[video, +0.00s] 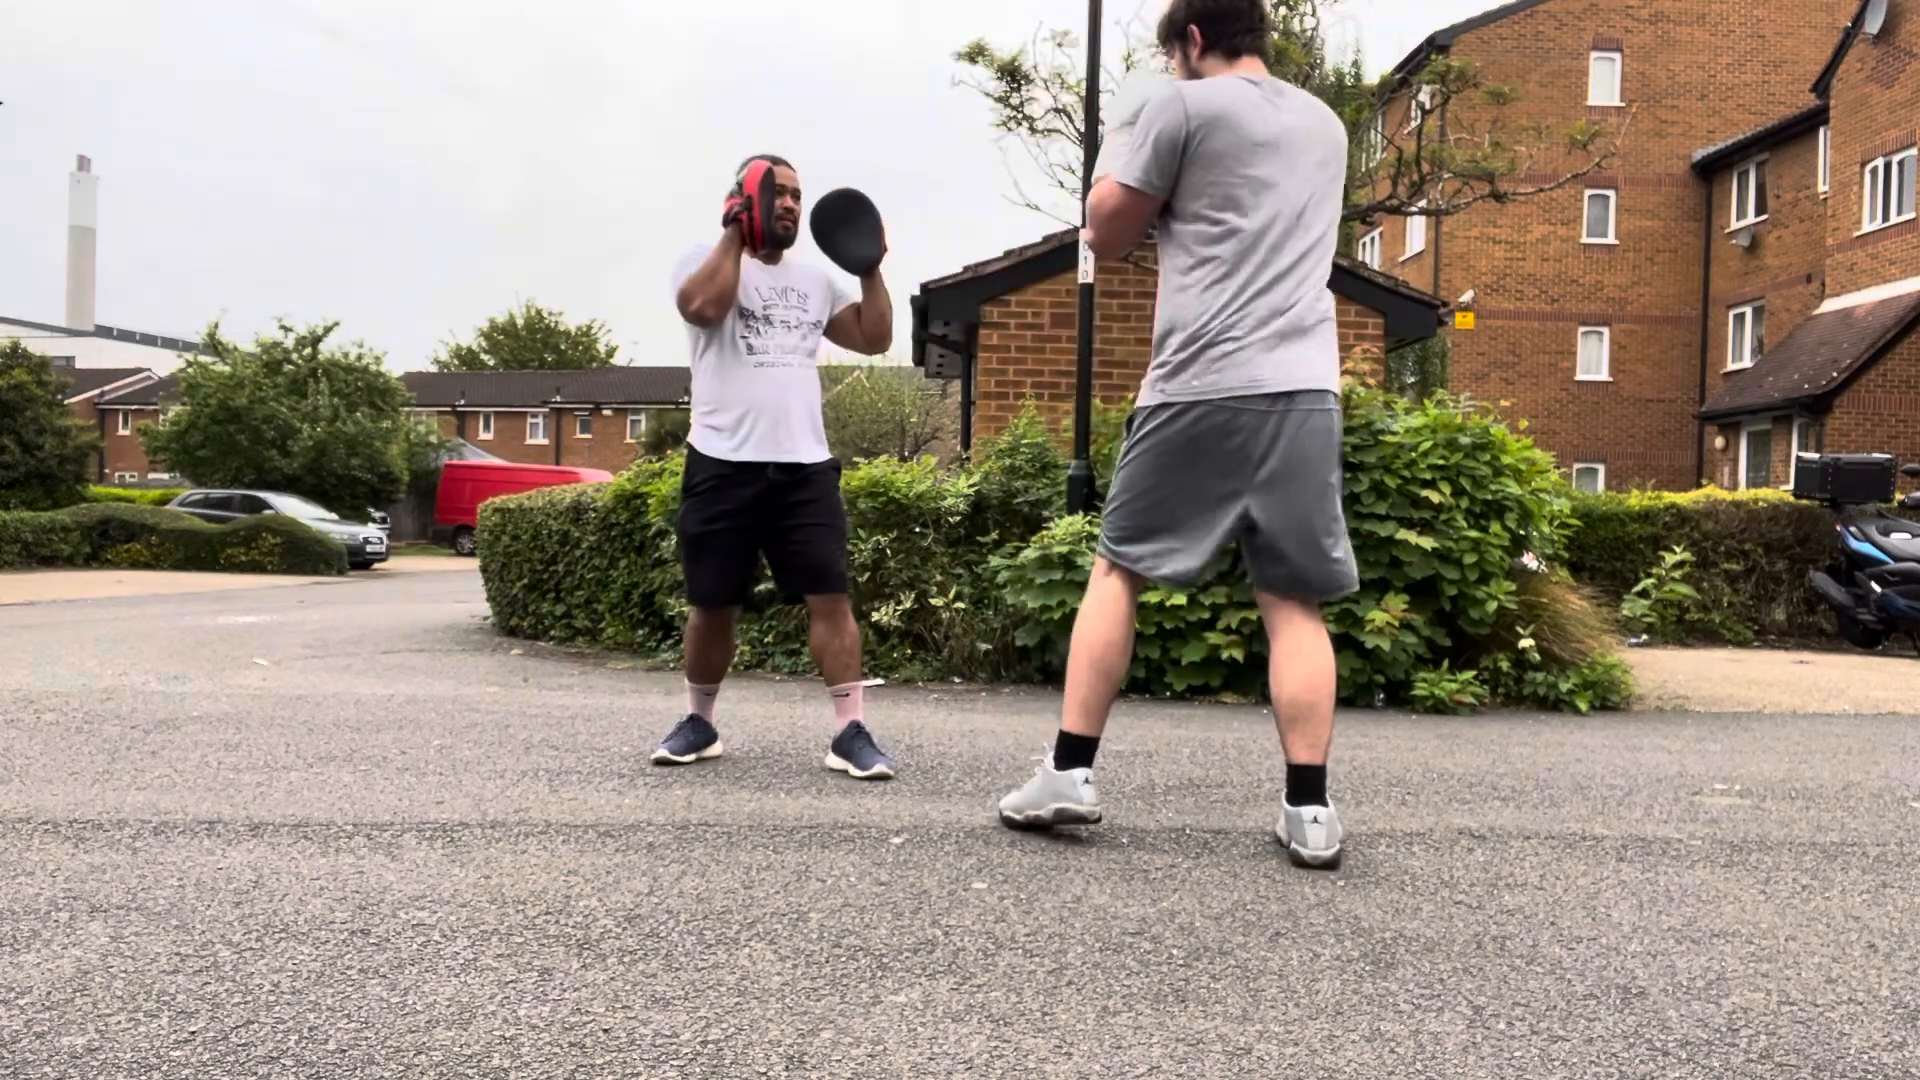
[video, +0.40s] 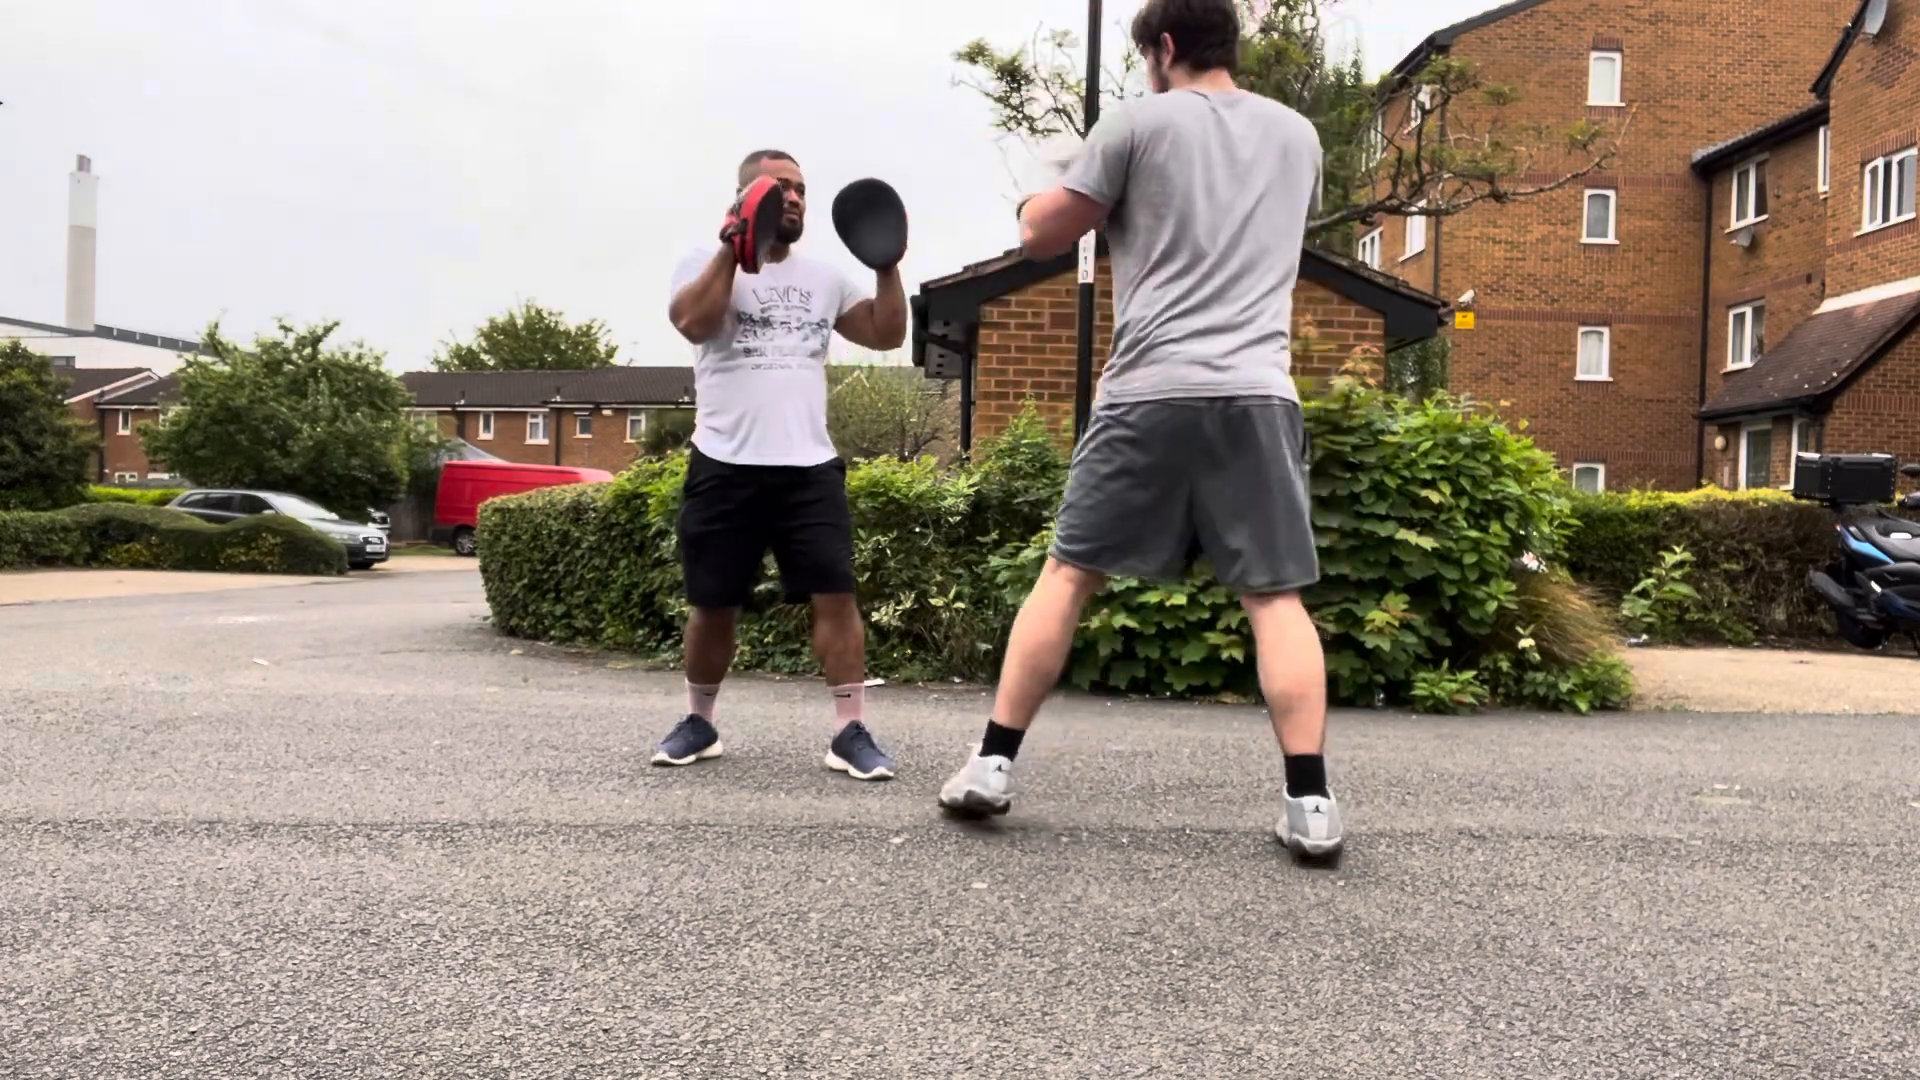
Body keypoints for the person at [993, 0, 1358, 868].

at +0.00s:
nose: (1172, 70)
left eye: (1170, 54)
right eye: (1170, 56)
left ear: (1194, 39)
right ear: (1260, 38)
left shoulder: (1183, 105)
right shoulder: (1326, 122)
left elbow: (1108, 233)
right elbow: (1276, 219)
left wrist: (1115, 174)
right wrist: (1147, 208)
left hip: (1194, 387)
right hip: (1304, 390)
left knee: (1117, 570)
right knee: (1294, 599)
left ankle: (1069, 775)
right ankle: (1310, 811)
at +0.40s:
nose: (1147, 74)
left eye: (1146, 59)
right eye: (1149, 60)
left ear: (1165, 48)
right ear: (1232, 47)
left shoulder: (1136, 120)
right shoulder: (1299, 134)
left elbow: (1043, 236)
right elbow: (1260, 226)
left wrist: (1049, 192)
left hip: (1148, 394)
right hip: (1259, 398)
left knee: (1068, 574)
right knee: (1276, 594)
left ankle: (993, 763)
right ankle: (1311, 803)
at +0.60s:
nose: (1050, 87)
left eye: (1048, 76)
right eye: (1049, 77)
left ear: (1068, 69)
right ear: (1133, 61)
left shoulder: (1040, 144)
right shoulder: (1206, 135)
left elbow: (949, 194)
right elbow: (1226, 252)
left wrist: (924, 182)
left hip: (1079, 393)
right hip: (1194, 392)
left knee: (1022, 578)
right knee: (1238, 584)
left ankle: (988, 776)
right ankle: (1310, 775)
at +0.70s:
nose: (1002, 89)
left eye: (1000, 76)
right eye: (1000, 77)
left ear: (1021, 65)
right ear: (1084, 57)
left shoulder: (999, 139)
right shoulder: (1161, 130)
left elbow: (933, 243)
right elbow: (1142, 230)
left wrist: (919, 239)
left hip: (1085, 380)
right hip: (1191, 378)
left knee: (1019, 576)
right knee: (1219, 576)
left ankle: (988, 776)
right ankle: (1305, 758)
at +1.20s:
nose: (1108, 77)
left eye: (1107, 63)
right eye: (1109, 62)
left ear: (1125, 56)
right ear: (1200, 52)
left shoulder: (1090, 141)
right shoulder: (1265, 149)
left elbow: (1037, 259)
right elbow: (1241, 254)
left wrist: (1044, 178)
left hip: (1097, 411)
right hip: (1215, 406)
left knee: (1024, 577)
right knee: (1265, 599)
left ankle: (992, 775)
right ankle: (1340, 797)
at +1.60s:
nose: (1018, 82)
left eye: (1017, 68)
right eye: (1018, 68)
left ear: (1033, 64)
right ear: (1108, 54)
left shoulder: (1030, 148)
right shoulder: (1169, 127)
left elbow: (979, 297)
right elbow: (1144, 240)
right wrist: (1028, 245)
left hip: (1111, 400)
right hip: (1214, 383)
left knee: (1026, 582)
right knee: (1260, 585)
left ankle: (993, 786)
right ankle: (1346, 789)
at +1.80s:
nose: (973, 123)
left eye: (966, 106)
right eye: (969, 107)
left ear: (980, 98)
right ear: (1044, 81)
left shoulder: (1032, 165)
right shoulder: (1104, 142)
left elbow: (1059, 299)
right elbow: (1039, 262)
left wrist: (976, 366)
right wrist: (948, 254)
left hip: (1128, 400)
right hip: (1221, 387)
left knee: (1023, 579)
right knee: (1252, 585)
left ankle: (992, 786)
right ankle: (1345, 783)